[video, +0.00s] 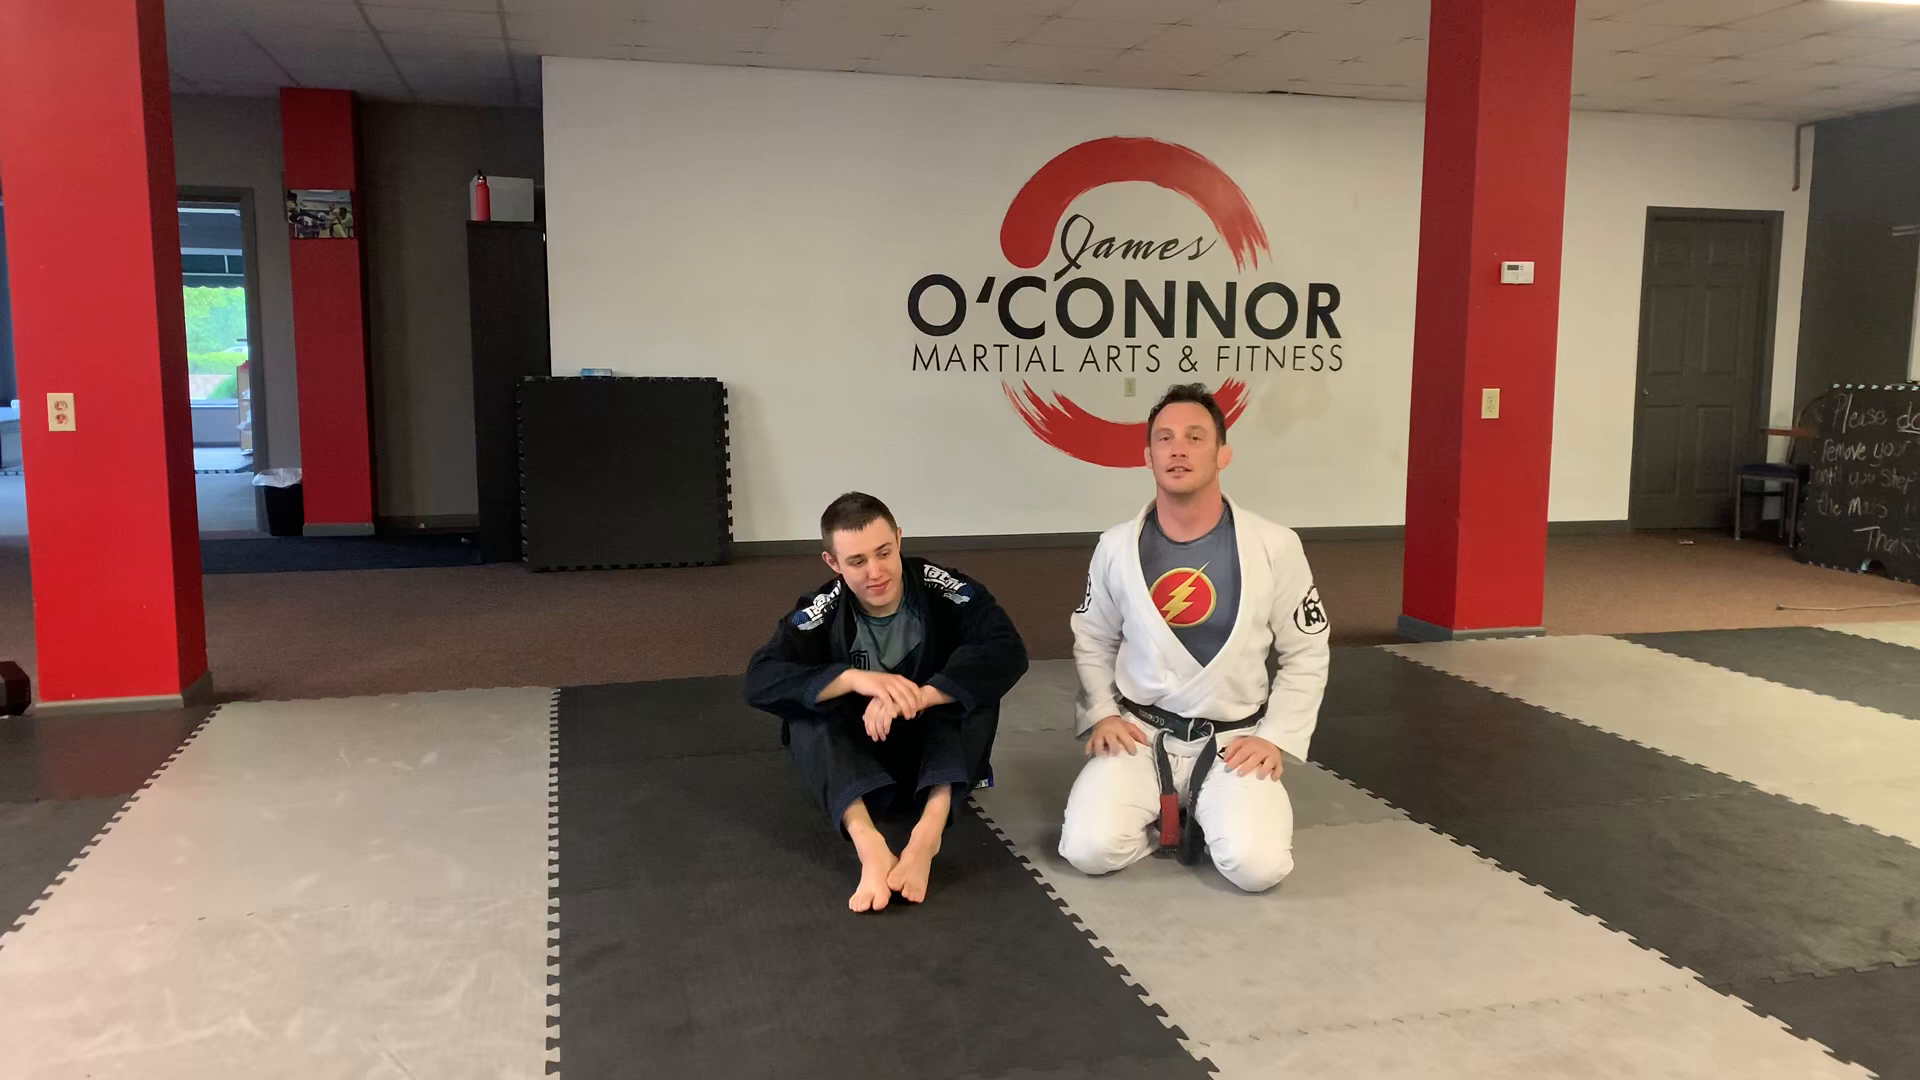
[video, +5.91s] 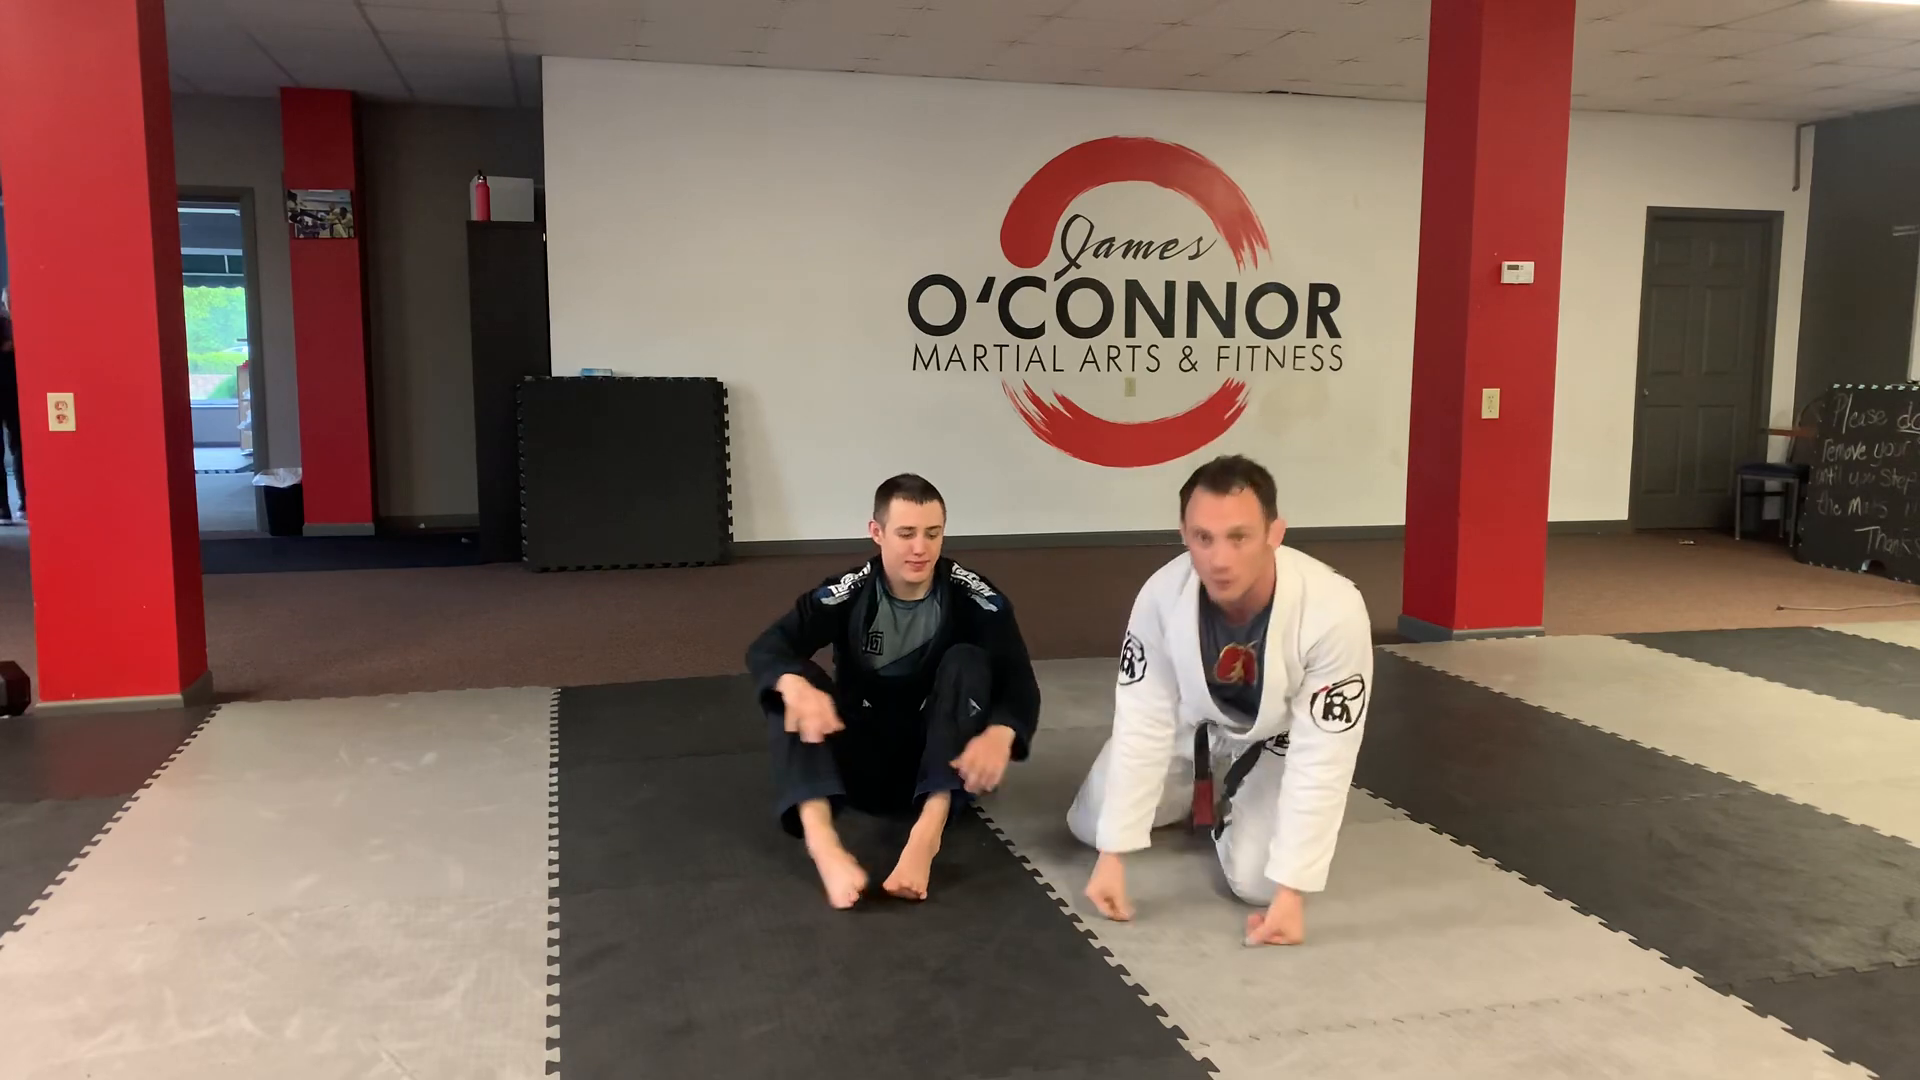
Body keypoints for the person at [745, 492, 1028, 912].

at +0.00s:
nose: (876, 572)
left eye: (884, 553)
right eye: (857, 561)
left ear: (898, 539)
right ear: (833, 563)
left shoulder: (941, 587)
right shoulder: (821, 611)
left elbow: (1005, 651)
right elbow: (761, 680)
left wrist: (916, 696)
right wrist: (853, 678)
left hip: (935, 752)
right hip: (855, 757)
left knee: (973, 687)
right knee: (807, 714)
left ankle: (929, 832)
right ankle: (869, 844)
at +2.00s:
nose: (898, 544)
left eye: (909, 530)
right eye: (882, 532)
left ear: (924, 533)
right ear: (857, 539)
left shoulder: (960, 589)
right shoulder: (839, 601)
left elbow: (1009, 653)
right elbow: (783, 669)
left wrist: (923, 704)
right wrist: (879, 690)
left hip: (939, 750)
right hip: (859, 752)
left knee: (981, 689)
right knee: (813, 702)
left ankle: (928, 836)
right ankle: (871, 845)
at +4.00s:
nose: (907, 558)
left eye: (916, 542)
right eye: (890, 546)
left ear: (926, 537)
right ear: (859, 548)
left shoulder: (958, 594)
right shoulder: (838, 603)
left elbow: (1020, 657)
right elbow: (781, 670)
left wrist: (928, 707)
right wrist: (881, 692)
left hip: (937, 754)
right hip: (859, 756)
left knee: (988, 699)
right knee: (811, 709)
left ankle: (930, 835)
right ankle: (871, 846)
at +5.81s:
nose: (914, 550)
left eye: (925, 535)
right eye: (900, 536)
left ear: (936, 532)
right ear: (870, 536)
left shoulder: (972, 596)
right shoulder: (843, 597)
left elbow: (1011, 671)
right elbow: (776, 658)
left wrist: (965, 717)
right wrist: (845, 692)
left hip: (937, 765)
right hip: (860, 760)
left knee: (969, 660)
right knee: (808, 698)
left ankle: (928, 836)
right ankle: (857, 848)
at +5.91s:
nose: (920, 548)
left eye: (932, 534)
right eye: (906, 534)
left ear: (943, 533)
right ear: (877, 533)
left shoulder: (979, 601)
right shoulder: (848, 592)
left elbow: (1020, 685)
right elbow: (766, 649)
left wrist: (1002, 733)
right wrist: (794, 685)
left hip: (936, 764)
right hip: (858, 760)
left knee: (967, 661)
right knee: (793, 677)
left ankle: (928, 832)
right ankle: (821, 841)